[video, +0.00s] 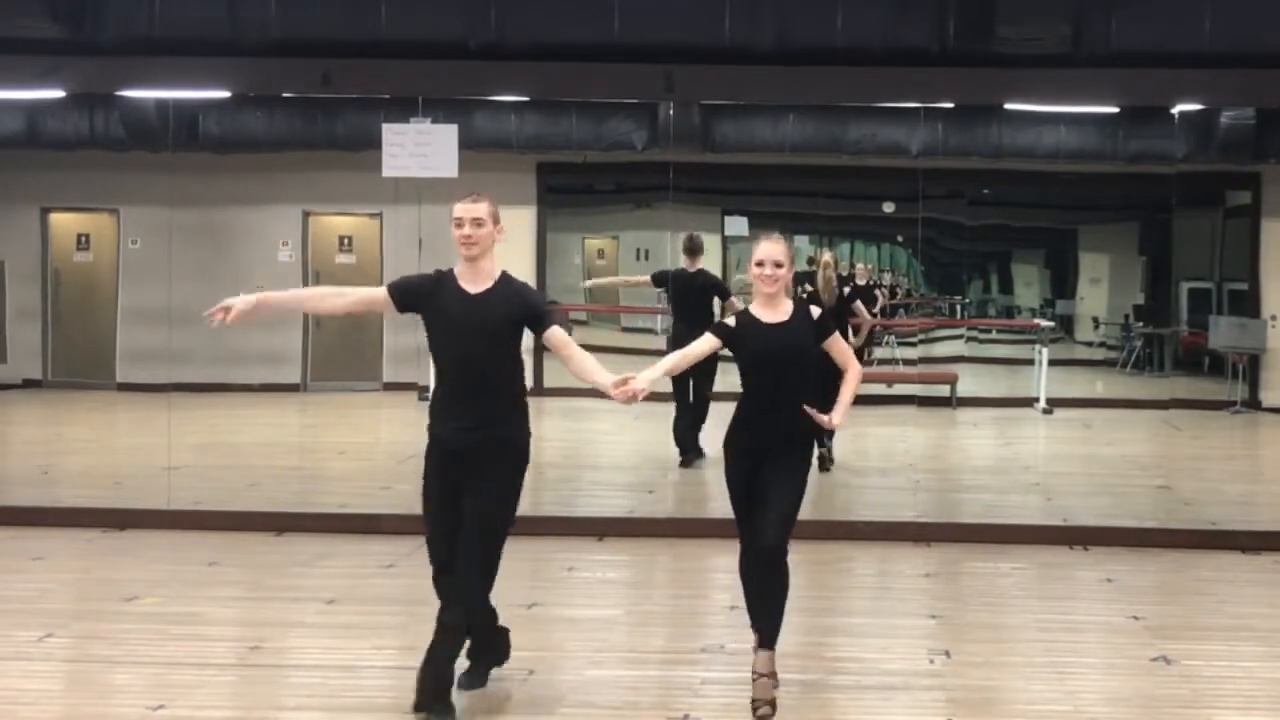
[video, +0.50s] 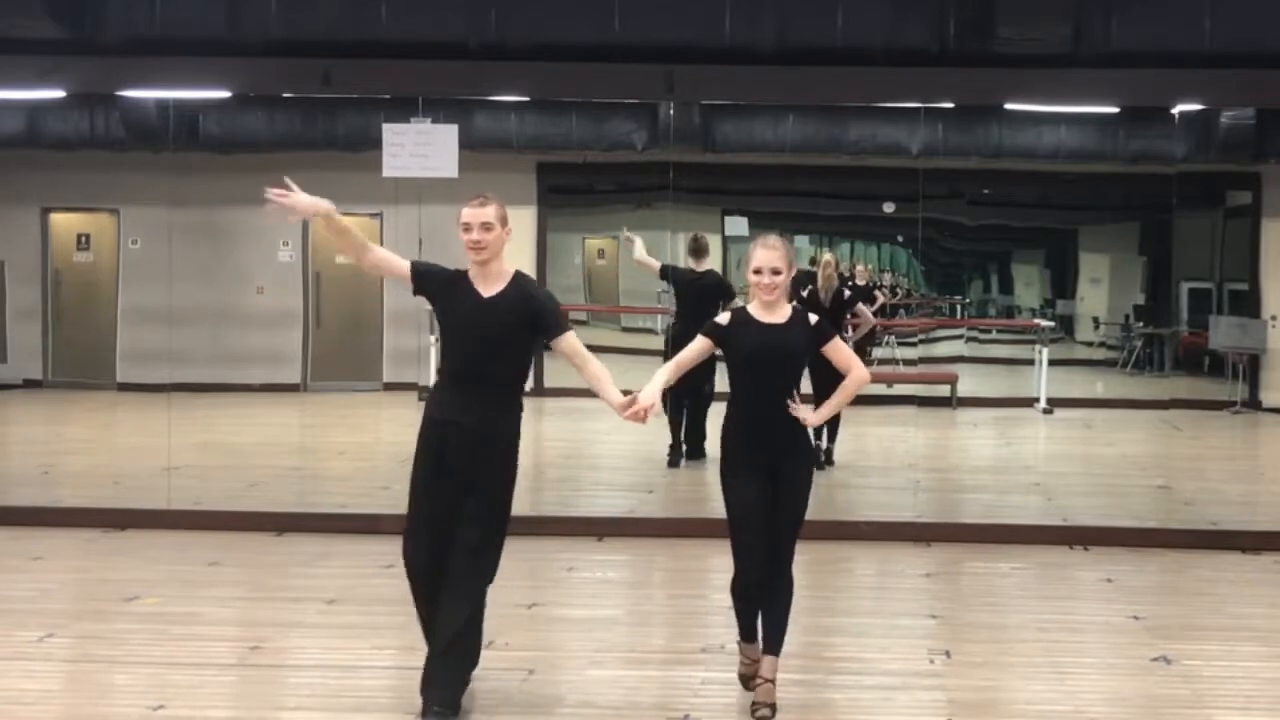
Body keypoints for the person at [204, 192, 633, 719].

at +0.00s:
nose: (465, 230)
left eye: (476, 222)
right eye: (458, 222)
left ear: (498, 231)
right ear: (451, 230)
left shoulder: (519, 297)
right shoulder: (430, 288)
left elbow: (568, 351)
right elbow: (342, 300)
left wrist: (609, 382)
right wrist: (260, 299)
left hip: (502, 444)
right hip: (446, 441)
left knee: (474, 561)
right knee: (445, 559)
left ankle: (434, 680)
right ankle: (489, 639)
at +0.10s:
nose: (468, 234)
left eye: (478, 226)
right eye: (460, 226)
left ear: (498, 233)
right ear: (451, 232)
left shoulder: (513, 305)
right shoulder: (425, 283)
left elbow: (560, 362)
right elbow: (341, 284)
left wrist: (604, 389)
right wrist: (264, 279)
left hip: (507, 446)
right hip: (451, 444)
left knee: (485, 562)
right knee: (444, 559)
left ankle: (446, 687)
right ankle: (476, 644)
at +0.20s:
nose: (469, 234)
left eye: (479, 227)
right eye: (461, 227)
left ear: (500, 235)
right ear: (451, 233)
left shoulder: (513, 307)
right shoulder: (424, 280)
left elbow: (557, 369)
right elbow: (342, 271)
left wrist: (603, 399)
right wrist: (268, 261)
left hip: (510, 446)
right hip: (455, 444)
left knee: (485, 568)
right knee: (438, 562)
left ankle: (447, 700)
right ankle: (480, 643)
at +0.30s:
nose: (469, 237)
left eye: (480, 229)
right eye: (461, 229)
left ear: (501, 235)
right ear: (453, 234)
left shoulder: (515, 306)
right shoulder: (427, 274)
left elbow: (562, 367)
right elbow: (340, 256)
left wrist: (609, 409)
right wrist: (267, 241)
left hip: (509, 449)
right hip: (451, 448)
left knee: (484, 576)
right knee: (442, 579)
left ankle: (446, 697)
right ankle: (472, 648)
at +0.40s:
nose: (469, 238)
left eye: (480, 229)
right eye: (461, 230)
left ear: (502, 235)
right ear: (454, 236)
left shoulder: (521, 305)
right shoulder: (433, 275)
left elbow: (571, 365)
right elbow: (355, 242)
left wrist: (618, 409)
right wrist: (277, 218)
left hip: (501, 448)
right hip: (444, 443)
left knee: (481, 574)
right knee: (433, 572)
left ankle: (445, 698)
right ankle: (459, 648)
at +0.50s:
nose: (473, 235)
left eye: (484, 227)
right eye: (466, 227)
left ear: (506, 232)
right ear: (458, 233)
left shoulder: (531, 299)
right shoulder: (444, 282)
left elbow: (582, 358)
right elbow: (369, 255)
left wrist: (617, 401)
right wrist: (324, 213)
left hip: (494, 452)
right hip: (438, 444)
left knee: (467, 570)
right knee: (421, 557)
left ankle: (441, 700)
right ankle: (452, 654)